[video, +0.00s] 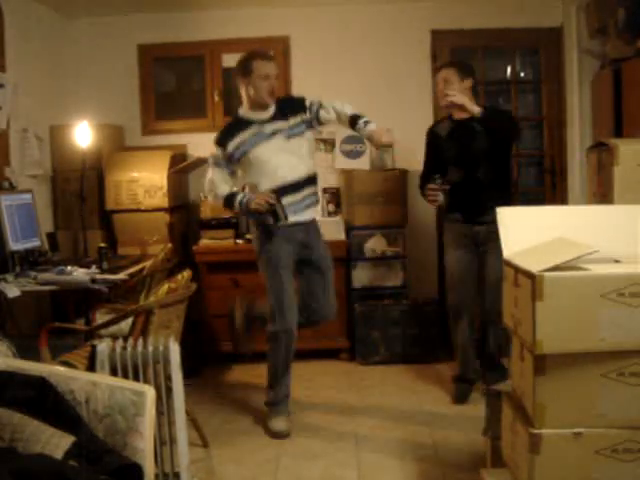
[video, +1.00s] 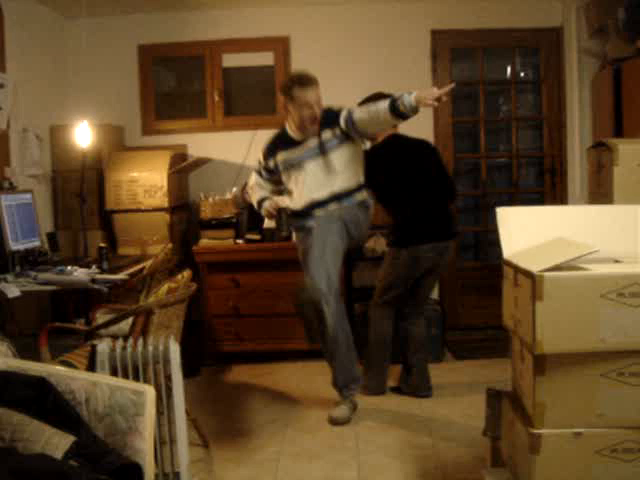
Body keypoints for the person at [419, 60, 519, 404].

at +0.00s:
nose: (443, 93)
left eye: (449, 85)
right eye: (439, 87)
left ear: (468, 85)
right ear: (437, 92)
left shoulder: (496, 120)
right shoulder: (438, 132)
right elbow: (428, 175)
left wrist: (475, 111)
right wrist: (429, 191)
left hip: (495, 222)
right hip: (457, 223)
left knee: (495, 299)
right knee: (459, 300)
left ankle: (495, 368)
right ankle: (465, 373)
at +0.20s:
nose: (418, 109)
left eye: (424, 103)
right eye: (418, 104)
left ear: (445, 104)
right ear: (436, 107)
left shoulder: (473, 138)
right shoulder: (441, 148)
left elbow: (496, 185)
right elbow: (444, 201)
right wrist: (419, 203)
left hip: (486, 239)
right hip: (460, 240)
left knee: (467, 309)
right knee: (454, 310)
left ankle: (499, 374)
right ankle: (474, 383)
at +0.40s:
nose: (396, 110)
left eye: (401, 103)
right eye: (397, 104)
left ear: (422, 103)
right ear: (422, 105)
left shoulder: (441, 131)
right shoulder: (441, 133)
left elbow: (455, 179)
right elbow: (450, 193)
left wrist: (454, 215)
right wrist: (413, 201)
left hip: (490, 215)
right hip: (489, 214)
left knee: (444, 275)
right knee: (485, 297)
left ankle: (483, 356)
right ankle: (491, 376)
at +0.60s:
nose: (396, 126)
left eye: (400, 119)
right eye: (396, 120)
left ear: (419, 118)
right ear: (423, 119)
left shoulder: (424, 159)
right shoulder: (454, 147)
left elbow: (420, 217)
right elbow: (451, 200)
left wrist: (397, 256)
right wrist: (411, 208)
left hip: (464, 247)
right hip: (490, 242)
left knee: (441, 312)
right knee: (476, 321)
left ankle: (488, 380)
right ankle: (500, 386)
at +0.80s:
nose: (374, 111)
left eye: (378, 103)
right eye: (374, 104)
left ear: (397, 101)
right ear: (407, 102)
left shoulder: (390, 142)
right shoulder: (436, 130)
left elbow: (372, 184)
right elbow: (437, 179)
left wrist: (354, 152)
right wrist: (401, 193)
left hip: (438, 222)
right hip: (472, 221)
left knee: (394, 253)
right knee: (445, 296)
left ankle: (408, 322)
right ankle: (460, 370)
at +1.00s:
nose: (365, 128)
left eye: (366, 122)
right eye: (367, 121)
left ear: (370, 126)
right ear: (396, 120)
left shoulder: (374, 157)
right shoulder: (425, 147)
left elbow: (381, 200)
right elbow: (449, 191)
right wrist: (432, 212)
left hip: (407, 241)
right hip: (441, 238)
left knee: (383, 304)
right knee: (415, 308)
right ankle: (417, 379)